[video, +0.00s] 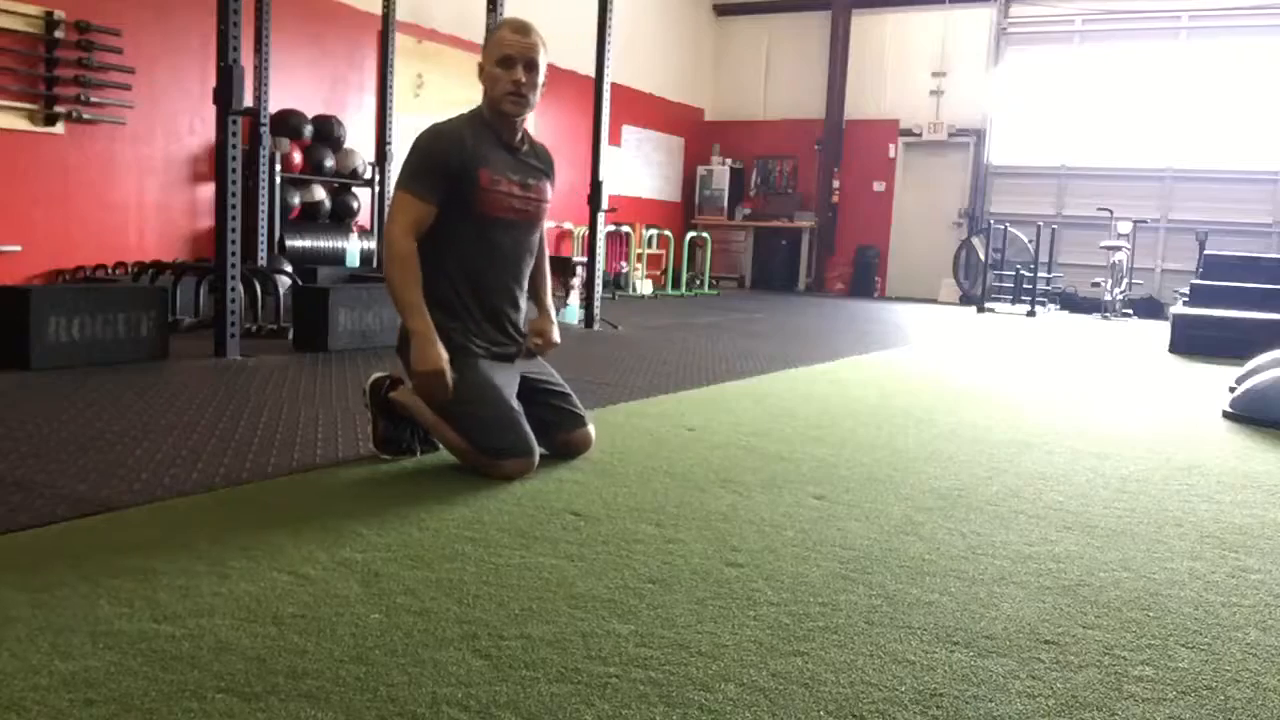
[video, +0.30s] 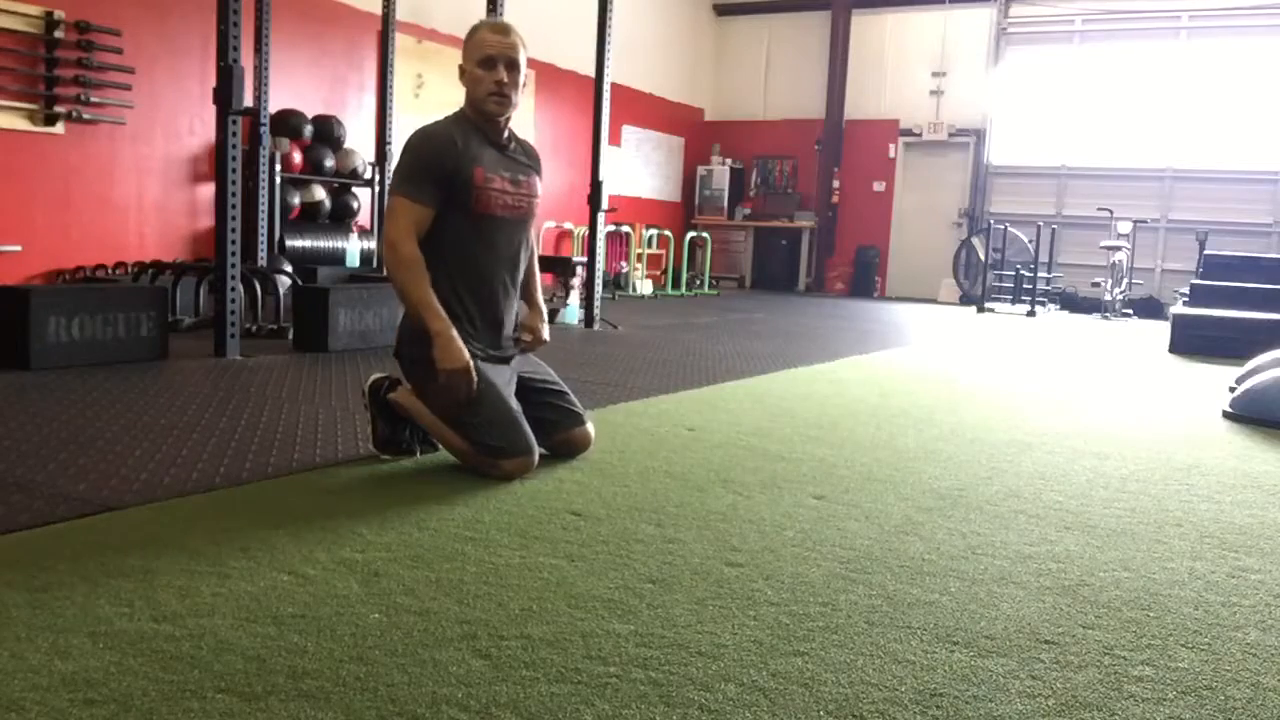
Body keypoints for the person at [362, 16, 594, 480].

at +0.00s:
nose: (520, 77)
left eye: (531, 66)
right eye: (506, 64)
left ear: (542, 76)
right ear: (482, 70)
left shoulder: (540, 159)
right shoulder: (444, 143)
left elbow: (535, 237)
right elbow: (398, 235)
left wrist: (544, 308)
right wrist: (422, 334)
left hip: (512, 342)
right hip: (453, 346)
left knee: (573, 439)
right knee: (513, 463)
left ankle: (443, 411)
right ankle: (398, 399)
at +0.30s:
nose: (503, 77)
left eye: (513, 66)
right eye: (488, 64)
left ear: (525, 78)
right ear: (463, 73)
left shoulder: (527, 156)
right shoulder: (435, 144)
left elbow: (524, 238)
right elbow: (398, 242)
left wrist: (535, 306)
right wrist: (442, 332)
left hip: (506, 344)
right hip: (449, 347)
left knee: (573, 438)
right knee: (513, 463)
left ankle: (440, 413)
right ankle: (397, 399)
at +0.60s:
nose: (504, 75)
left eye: (514, 64)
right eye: (489, 62)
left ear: (526, 76)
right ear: (464, 73)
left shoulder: (531, 154)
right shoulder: (438, 141)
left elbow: (533, 242)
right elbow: (401, 239)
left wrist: (533, 322)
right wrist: (454, 328)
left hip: (512, 343)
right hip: (449, 346)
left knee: (573, 439)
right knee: (513, 463)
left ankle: (441, 411)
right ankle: (398, 399)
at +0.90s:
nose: (515, 75)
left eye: (525, 65)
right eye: (501, 62)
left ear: (535, 77)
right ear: (475, 71)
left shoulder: (540, 155)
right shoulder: (445, 142)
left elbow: (544, 245)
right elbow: (412, 243)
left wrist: (539, 328)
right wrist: (460, 334)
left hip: (514, 344)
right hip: (448, 345)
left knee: (573, 439)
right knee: (514, 463)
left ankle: (442, 412)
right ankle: (398, 400)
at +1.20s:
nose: (524, 80)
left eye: (535, 69)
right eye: (510, 66)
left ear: (547, 80)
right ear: (484, 72)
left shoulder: (546, 157)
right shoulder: (454, 144)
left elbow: (546, 247)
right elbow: (417, 246)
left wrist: (540, 329)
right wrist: (465, 338)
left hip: (515, 344)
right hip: (450, 347)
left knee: (574, 439)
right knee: (515, 463)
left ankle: (442, 412)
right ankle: (400, 400)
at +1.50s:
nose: (524, 82)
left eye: (536, 71)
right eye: (510, 69)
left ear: (549, 80)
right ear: (486, 74)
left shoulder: (548, 157)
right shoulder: (454, 147)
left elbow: (550, 246)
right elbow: (420, 247)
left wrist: (542, 326)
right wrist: (495, 320)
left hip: (515, 340)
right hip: (449, 346)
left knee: (574, 439)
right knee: (515, 462)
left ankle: (444, 413)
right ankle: (399, 400)